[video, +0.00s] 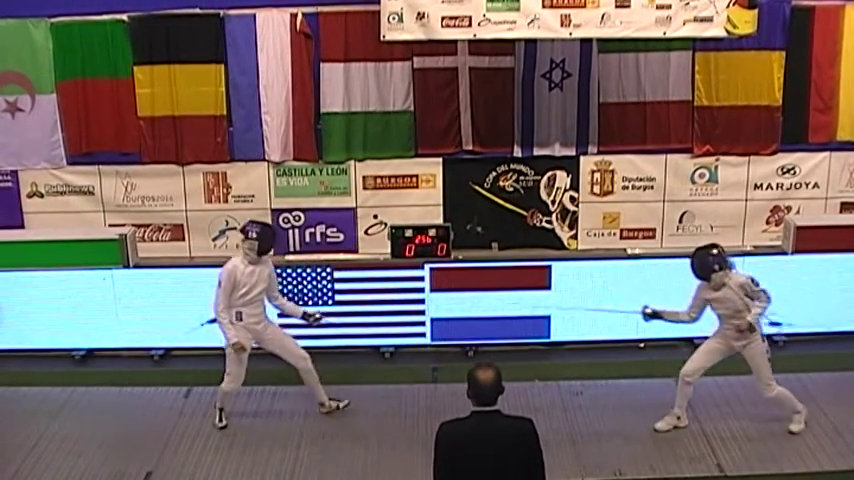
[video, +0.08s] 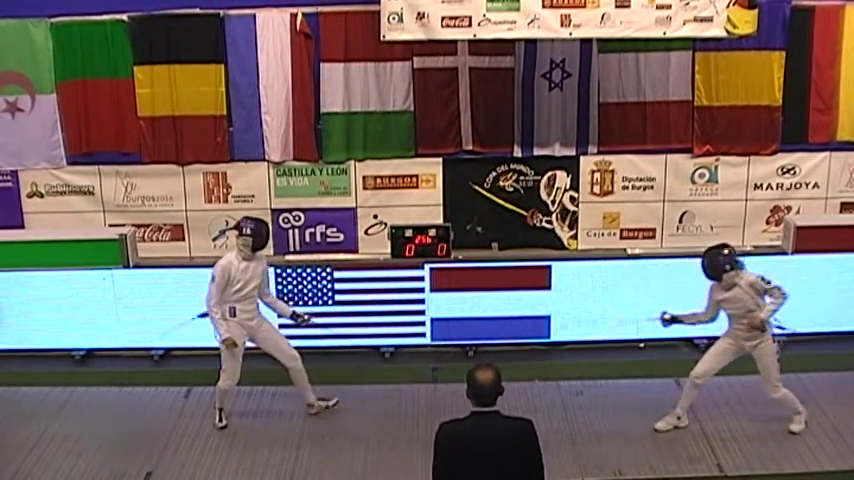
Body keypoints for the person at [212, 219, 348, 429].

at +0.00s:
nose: (249, 250)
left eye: (254, 248)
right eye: (246, 246)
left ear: (263, 250)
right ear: (241, 245)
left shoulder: (266, 266)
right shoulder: (231, 269)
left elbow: (276, 298)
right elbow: (220, 309)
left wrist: (303, 314)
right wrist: (231, 337)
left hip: (263, 326)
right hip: (239, 330)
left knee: (303, 360)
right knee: (232, 382)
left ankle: (325, 403)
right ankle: (220, 408)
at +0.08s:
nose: (242, 241)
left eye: (248, 238)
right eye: (240, 236)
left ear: (257, 242)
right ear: (236, 238)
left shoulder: (260, 263)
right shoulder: (225, 266)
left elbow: (265, 295)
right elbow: (213, 305)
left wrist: (292, 313)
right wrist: (224, 334)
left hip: (255, 320)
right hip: (231, 324)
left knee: (292, 358)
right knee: (229, 380)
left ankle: (312, 403)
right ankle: (219, 409)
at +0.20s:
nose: (237, 245)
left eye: (241, 242)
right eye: (234, 240)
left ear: (251, 245)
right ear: (230, 239)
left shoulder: (254, 262)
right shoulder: (220, 265)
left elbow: (258, 295)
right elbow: (206, 304)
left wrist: (284, 315)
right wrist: (216, 334)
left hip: (249, 319)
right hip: (226, 322)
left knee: (284, 359)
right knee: (229, 376)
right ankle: (220, 409)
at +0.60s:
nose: (248, 242)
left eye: (254, 238)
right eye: (246, 236)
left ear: (263, 242)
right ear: (242, 237)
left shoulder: (267, 261)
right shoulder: (231, 265)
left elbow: (280, 292)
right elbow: (223, 304)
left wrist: (311, 306)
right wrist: (239, 330)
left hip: (261, 321)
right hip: (236, 324)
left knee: (297, 358)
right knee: (231, 378)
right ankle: (219, 409)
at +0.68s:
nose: (258, 240)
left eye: (263, 236)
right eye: (255, 235)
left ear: (271, 240)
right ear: (251, 236)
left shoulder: (276, 261)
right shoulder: (240, 264)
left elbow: (295, 289)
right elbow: (234, 303)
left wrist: (326, 301)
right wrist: (252, 331)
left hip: (270, 322)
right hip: (245, 324)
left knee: (305, 358)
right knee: (234, 376)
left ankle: (323, 404)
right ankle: (219, 408)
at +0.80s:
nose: (273, 242)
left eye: (279, 238)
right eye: (271, 237)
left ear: (289, 242)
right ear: (267, 238)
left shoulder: (295, 263)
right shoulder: (258, 266)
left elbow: (322, 287)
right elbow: (252, 307)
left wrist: (354, 295)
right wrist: (270, 335)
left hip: (288, 324)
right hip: (263, 326)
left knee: (324, 357)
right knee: (242, 375)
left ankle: (328, 405)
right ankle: (220, 405)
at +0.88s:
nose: (287, 245)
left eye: (292, 240)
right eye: (284, 240)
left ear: (301, 241)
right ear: (278, 239)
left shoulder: (306, 259)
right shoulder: (268, 266)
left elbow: (335, 281)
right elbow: (263, 306)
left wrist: (368, 292)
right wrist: (277, 334)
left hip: (300, 322)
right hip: (275, 324)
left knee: (332, 357)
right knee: (254, 375)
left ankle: (328, 405)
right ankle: (227, 406)